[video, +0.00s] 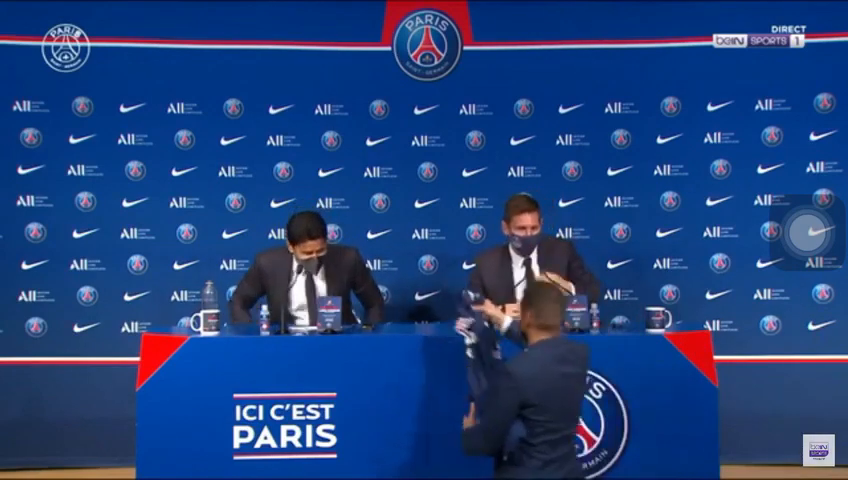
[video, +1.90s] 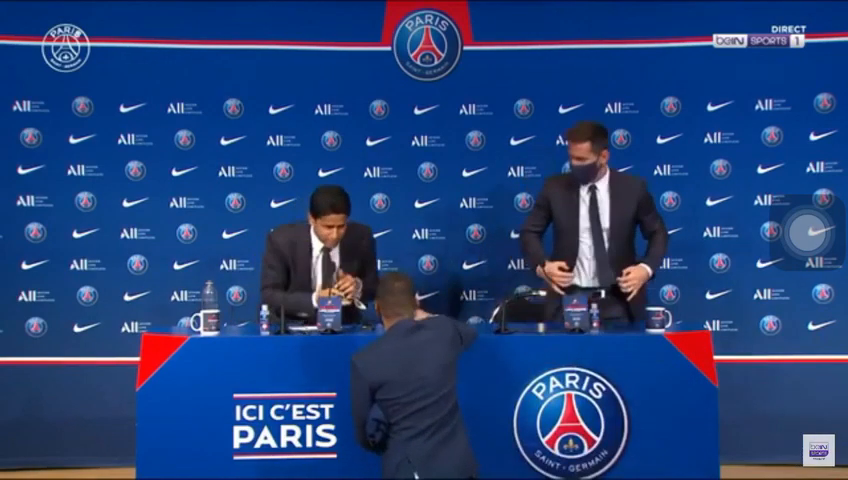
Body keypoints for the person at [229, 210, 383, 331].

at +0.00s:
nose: (314, 258)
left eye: (320, 251)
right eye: (307, 254)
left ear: (327, 241)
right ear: (290, 246)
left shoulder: (347, 259)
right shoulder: (268, 263)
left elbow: (374, 303)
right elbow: (238, 303)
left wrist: (366, 335)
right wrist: (252, 338)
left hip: (338, 347)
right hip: (286, 348)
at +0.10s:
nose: (312, 259)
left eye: (318, 253)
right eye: (305, 255)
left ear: (326, 242)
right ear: (290, 246)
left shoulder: (347, 257)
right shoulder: (268, 261)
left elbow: (373, 297)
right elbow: (238, 302)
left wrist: (366, 331)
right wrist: (259, 329)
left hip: (338, 348)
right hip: (287, 348)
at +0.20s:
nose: (310, 260)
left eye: (316, 254)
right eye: (303, 255)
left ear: (324, 243)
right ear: (289, 246)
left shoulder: (347, 255)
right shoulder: (268, 260)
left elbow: (374, 295)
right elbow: (240, 310)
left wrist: (358, 305)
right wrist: (264, 299)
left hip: (336, 344)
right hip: (285, 345)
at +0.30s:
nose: (309, 258)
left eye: (316, 252)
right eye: (302, 252)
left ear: (325, 242)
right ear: (290, 245)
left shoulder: (348, 253)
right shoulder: (271, 259)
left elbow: (375, 308)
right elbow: (252, 316)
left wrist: (348, 287)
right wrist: (275, 283)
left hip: (337, 342)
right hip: (289, 343)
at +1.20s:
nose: (318, 241)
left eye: (323, 232)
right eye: (310, 233)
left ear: (330, 227)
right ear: (296, 230)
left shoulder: (350, 250)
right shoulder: (273, 257)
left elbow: (368, 315)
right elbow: (263, 314)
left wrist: (355, 280)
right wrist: (295, 295)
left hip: (339, 342)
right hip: (291, 343)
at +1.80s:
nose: (333, 241)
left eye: (338, 232)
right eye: (326, 233)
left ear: (345, 226)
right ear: (309, 226)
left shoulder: (359, 244)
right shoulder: (280, 249)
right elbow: (271, 307)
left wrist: (357, 294)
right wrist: (316, 302)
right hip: (297, 340)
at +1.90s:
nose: (334, 235)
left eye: (340, 227)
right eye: (328, 227)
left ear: (347, 220)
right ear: (312, 220)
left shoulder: (361, 237)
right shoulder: (282, 240)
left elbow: (372, 289)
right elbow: (270, 297)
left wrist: (358, 288)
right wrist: (315, 300)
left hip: (348, 334)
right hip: (298, 336)